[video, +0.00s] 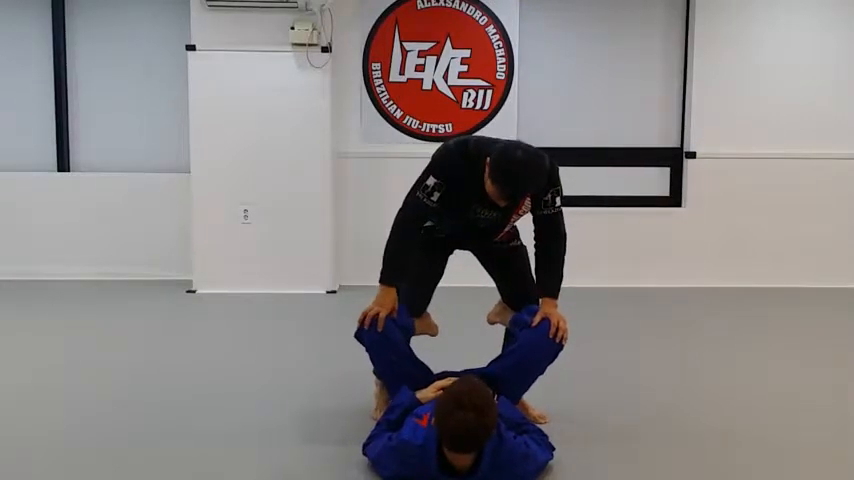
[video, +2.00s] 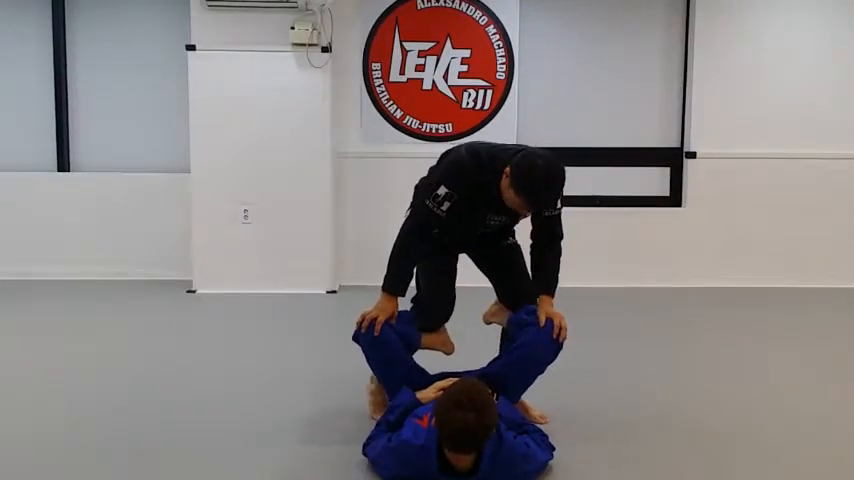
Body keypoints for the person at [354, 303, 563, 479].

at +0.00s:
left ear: (435, 418)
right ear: (495, 419)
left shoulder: (407, 450)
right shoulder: (515, 456)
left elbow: (373, 444)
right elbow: (541, 443)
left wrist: (413, 398)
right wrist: (505, 403)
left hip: (424, 394)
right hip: (492, 393)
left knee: (375, 325)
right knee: (548, 328)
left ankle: (416, 320)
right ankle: (508, 313)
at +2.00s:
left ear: (435, 421)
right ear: (495, 419)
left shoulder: (408, 451)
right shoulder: (515, 456)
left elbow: (373, 444)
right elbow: (539, 441)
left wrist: (414, 398)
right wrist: (507, 403)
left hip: (424, 395)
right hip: (492, 393)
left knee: (370, 329)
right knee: (548, 331)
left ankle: (431, 336)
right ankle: (508, 312)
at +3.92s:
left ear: (438, 422)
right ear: (496, 426)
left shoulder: (408, 451)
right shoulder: (515, 457)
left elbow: (374, 444)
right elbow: (541, 444)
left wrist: (412, 397)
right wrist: (519, 413)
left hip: (429, 390)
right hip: (497, 395)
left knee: (398, 318)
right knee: (563, 349)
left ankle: (451, 315)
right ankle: (515, 316)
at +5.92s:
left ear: (437, 423)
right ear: (496, 425)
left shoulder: (405, 453)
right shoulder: (516, 456)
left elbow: (374, 443)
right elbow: (540, 441)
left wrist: (414, 397)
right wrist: (504, 403)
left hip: (426, 393)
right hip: (496, 394)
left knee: (404, 316)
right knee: (555, 339)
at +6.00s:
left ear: (438, 423)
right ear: (496, 426)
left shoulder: (405, 453)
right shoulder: (516, 456)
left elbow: (374, 443)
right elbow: (540, 441)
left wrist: (414, 396)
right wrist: (505, 403)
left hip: (426, 393)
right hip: (496, 395)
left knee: (409, 314)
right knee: (556, 340)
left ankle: (448, 338)